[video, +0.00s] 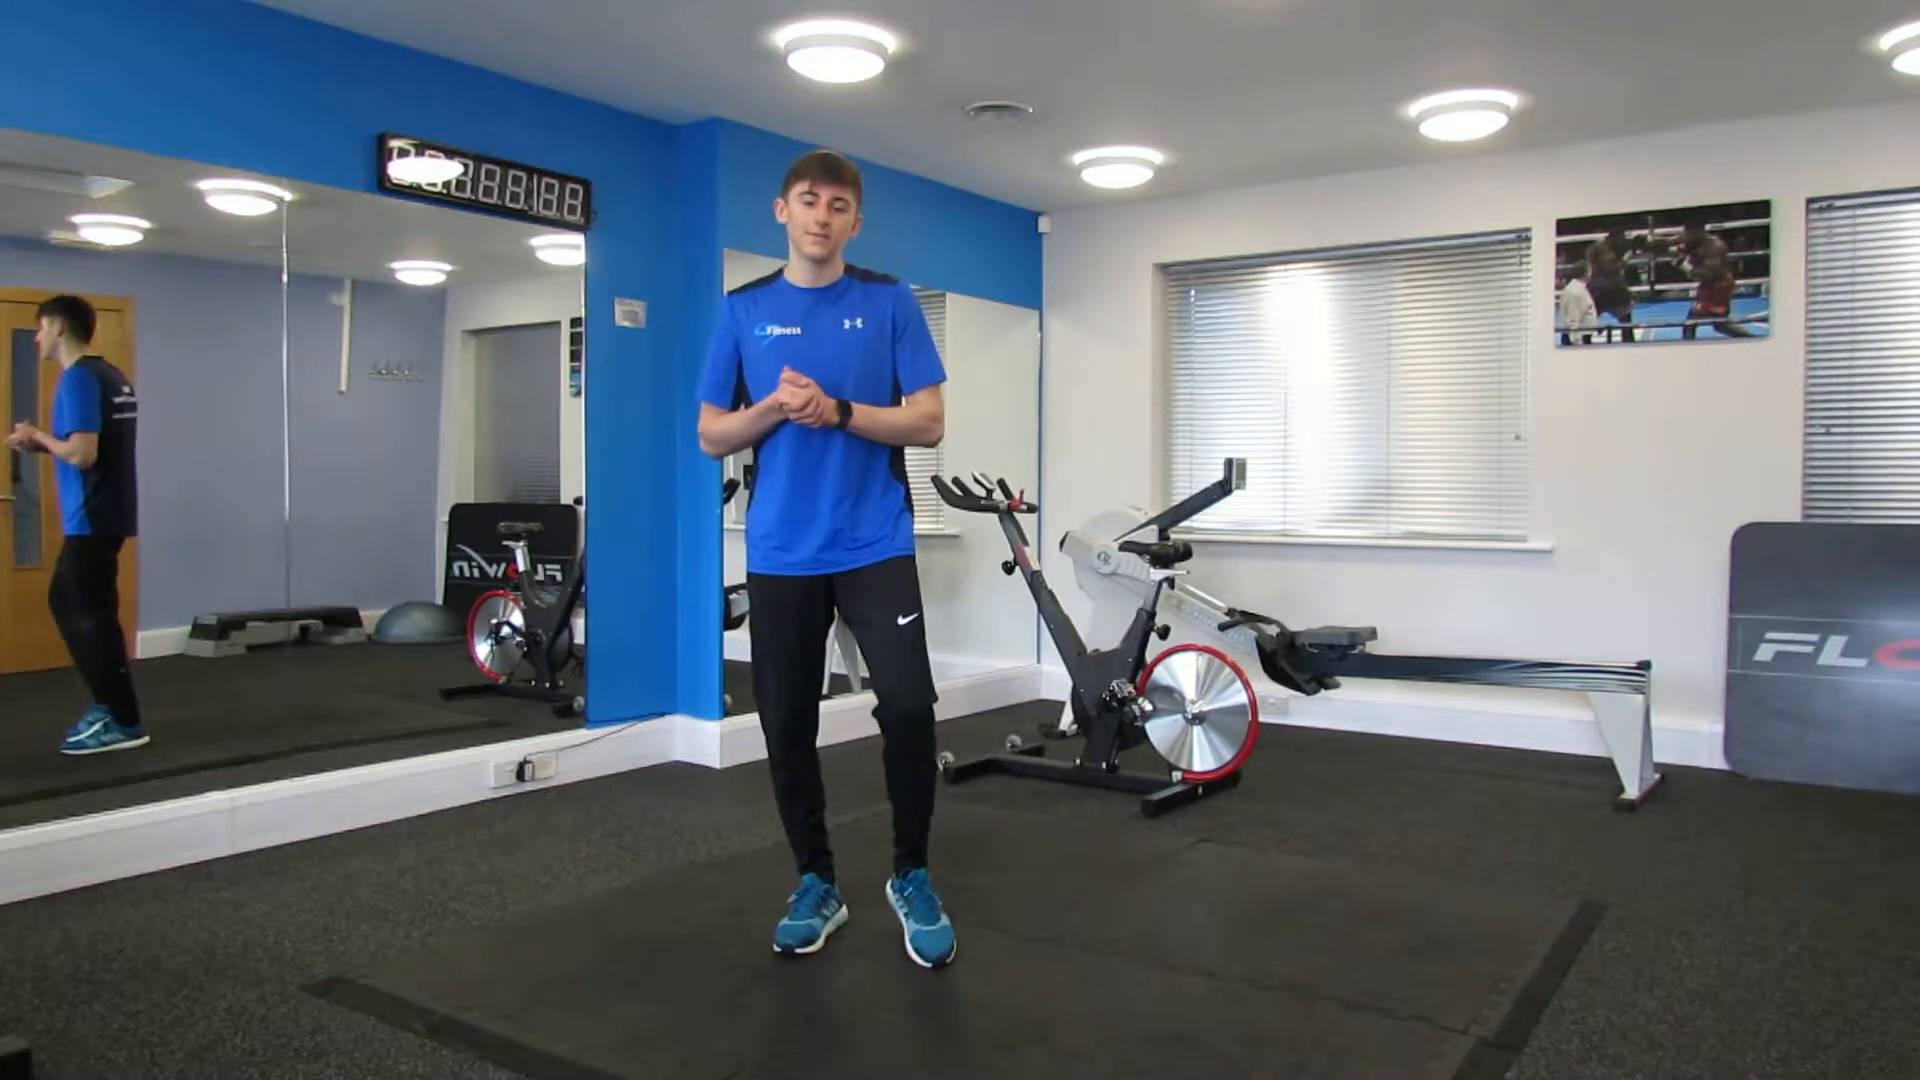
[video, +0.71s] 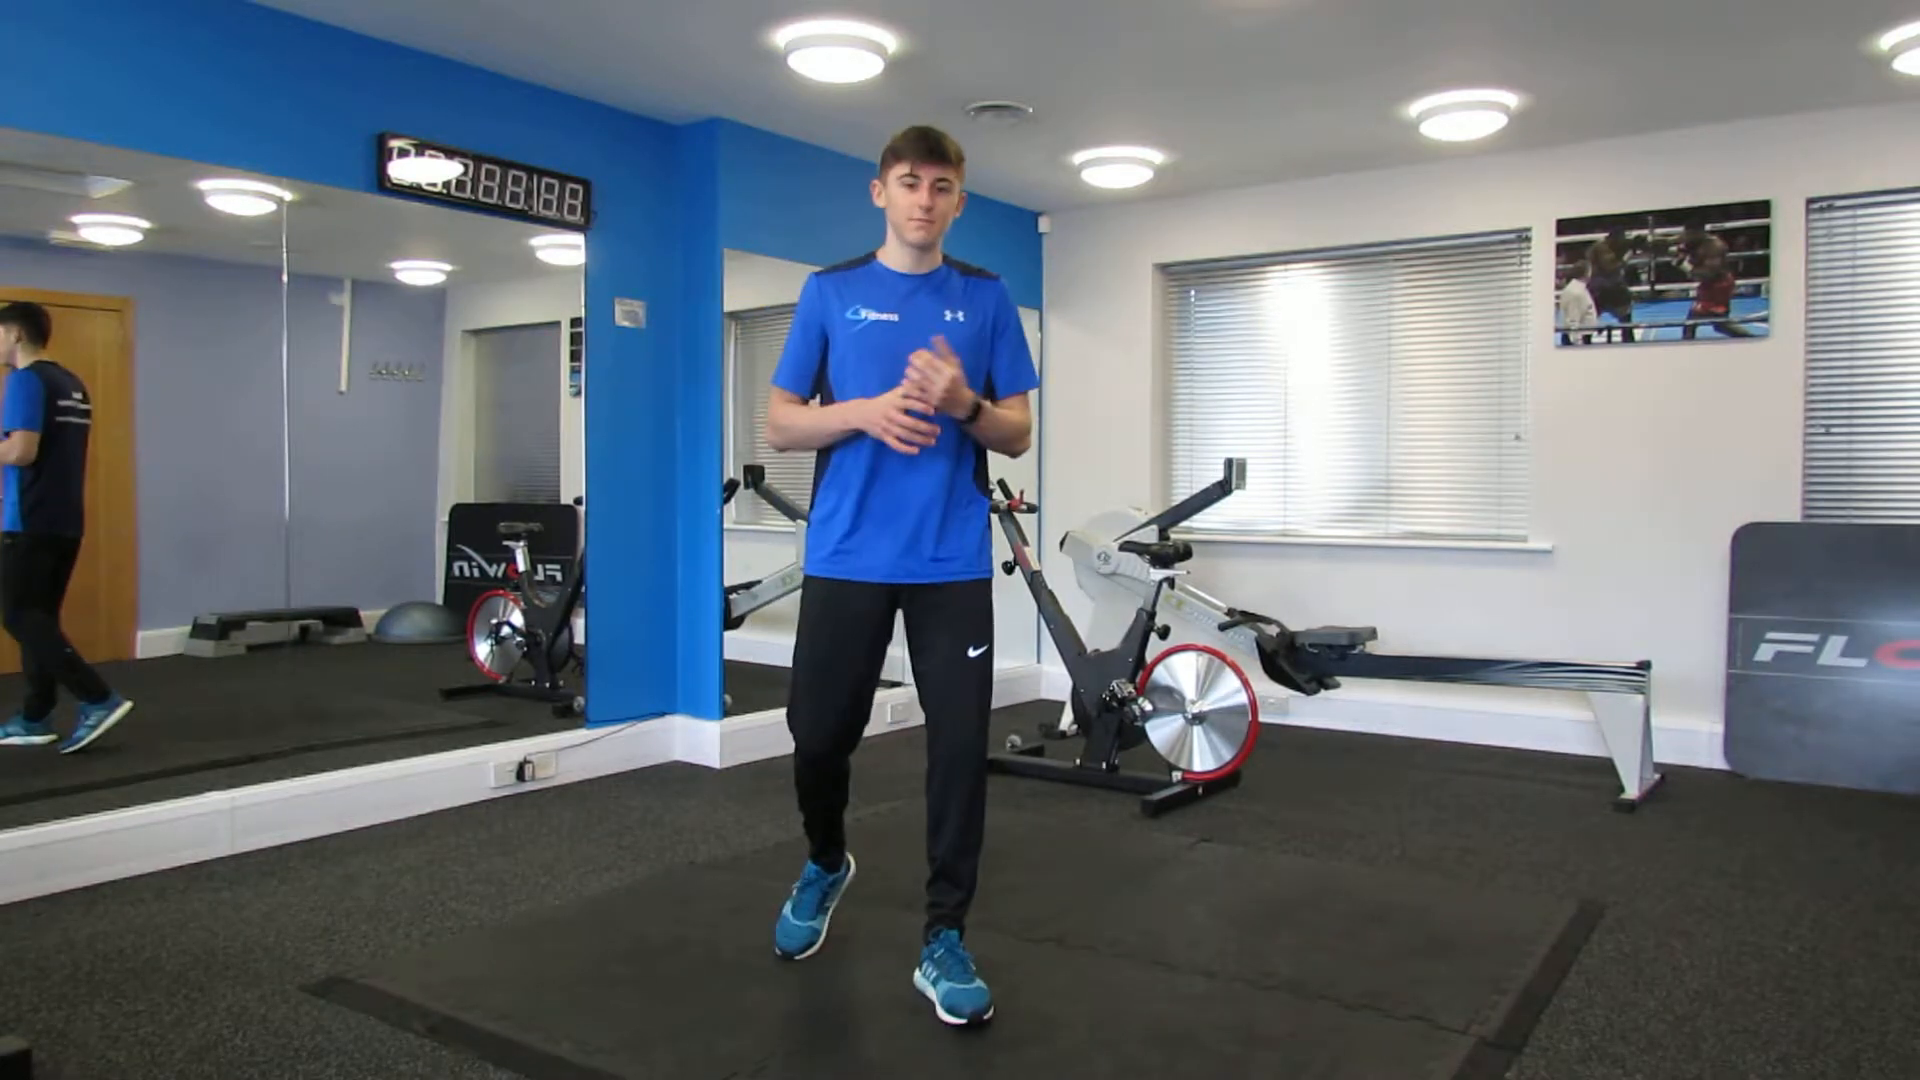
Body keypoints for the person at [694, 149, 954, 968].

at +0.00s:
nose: (824, 214)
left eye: (839, 205)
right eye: (810, 201)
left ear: (856, 221)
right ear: (782, 213)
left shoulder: (890, 301)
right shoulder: (742, 309)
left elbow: (929, 421)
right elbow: (712, 435)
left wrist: (839, 411)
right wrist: (768, 410)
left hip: (875, 543)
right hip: (781, 550)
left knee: (910, 706)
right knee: (786, 726)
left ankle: (911, 876)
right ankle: (816, 882)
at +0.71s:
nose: (925, 198)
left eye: (940, 187)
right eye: (911, 183)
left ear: (958, 203)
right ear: (880, 193)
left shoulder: (986, 299)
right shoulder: (828, 292)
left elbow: (1016, 433)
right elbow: (781, 424)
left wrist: (967, 402)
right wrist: (865, 412)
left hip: (952, 555)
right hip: (848, 551)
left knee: (960, 748)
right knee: (817, 738)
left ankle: (946, 934)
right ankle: (826, 864)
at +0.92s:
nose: (944, 191)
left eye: (960, 176)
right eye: (928, 175)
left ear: (982, 190)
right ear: (901, 187)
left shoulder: (1013, 294)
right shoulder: (851, 286)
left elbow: (1040, 440)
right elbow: (792, 427)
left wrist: (1055, 400)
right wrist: (822, 378)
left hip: (969, 556)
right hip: (863, 549)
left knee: (968, 753)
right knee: (835, 741)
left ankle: (946, 938)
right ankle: (846, 897)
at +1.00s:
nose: (946, 186)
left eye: (962, 171)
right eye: (929, 171)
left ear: (984, 183)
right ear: (904, 184)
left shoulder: (1020, 292)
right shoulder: (856, 282)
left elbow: (1047, 434)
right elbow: (799, 428)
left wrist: (1077, 402)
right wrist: (812, 377)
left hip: (973, 557)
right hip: (864, 548)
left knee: (968, 755)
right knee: (843, 746)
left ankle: (946, 941)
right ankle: (855, 939)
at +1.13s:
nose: (943, 177)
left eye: (961, 163)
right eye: (927, 163)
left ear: (989, 180)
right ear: (904, 180)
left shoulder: (1026, 288)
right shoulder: (857, 280)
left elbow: (1054, 433)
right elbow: (806, 429)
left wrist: (1075, 416)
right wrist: (815, 380)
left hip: (974, 562)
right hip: (863, 555)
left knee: (967, 765)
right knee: (857, 764)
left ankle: (945, 942)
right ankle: (867, 973)